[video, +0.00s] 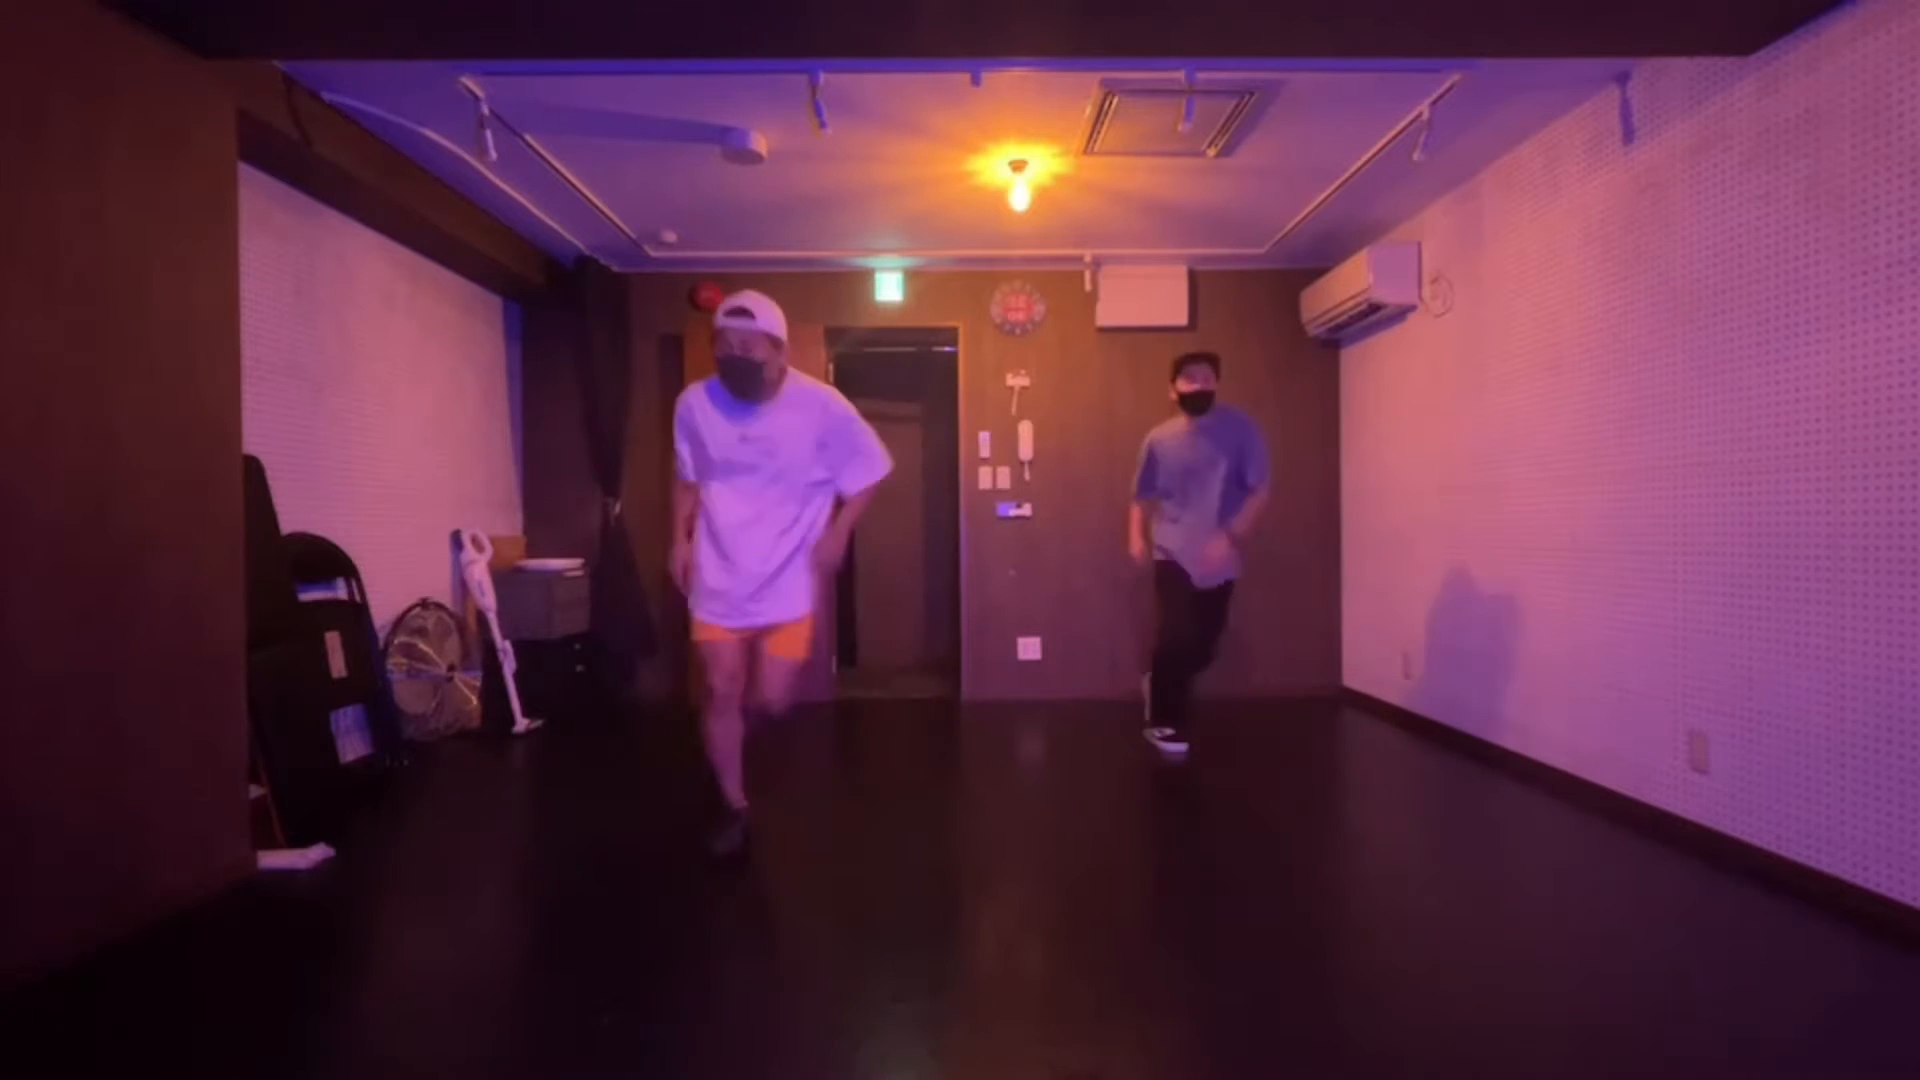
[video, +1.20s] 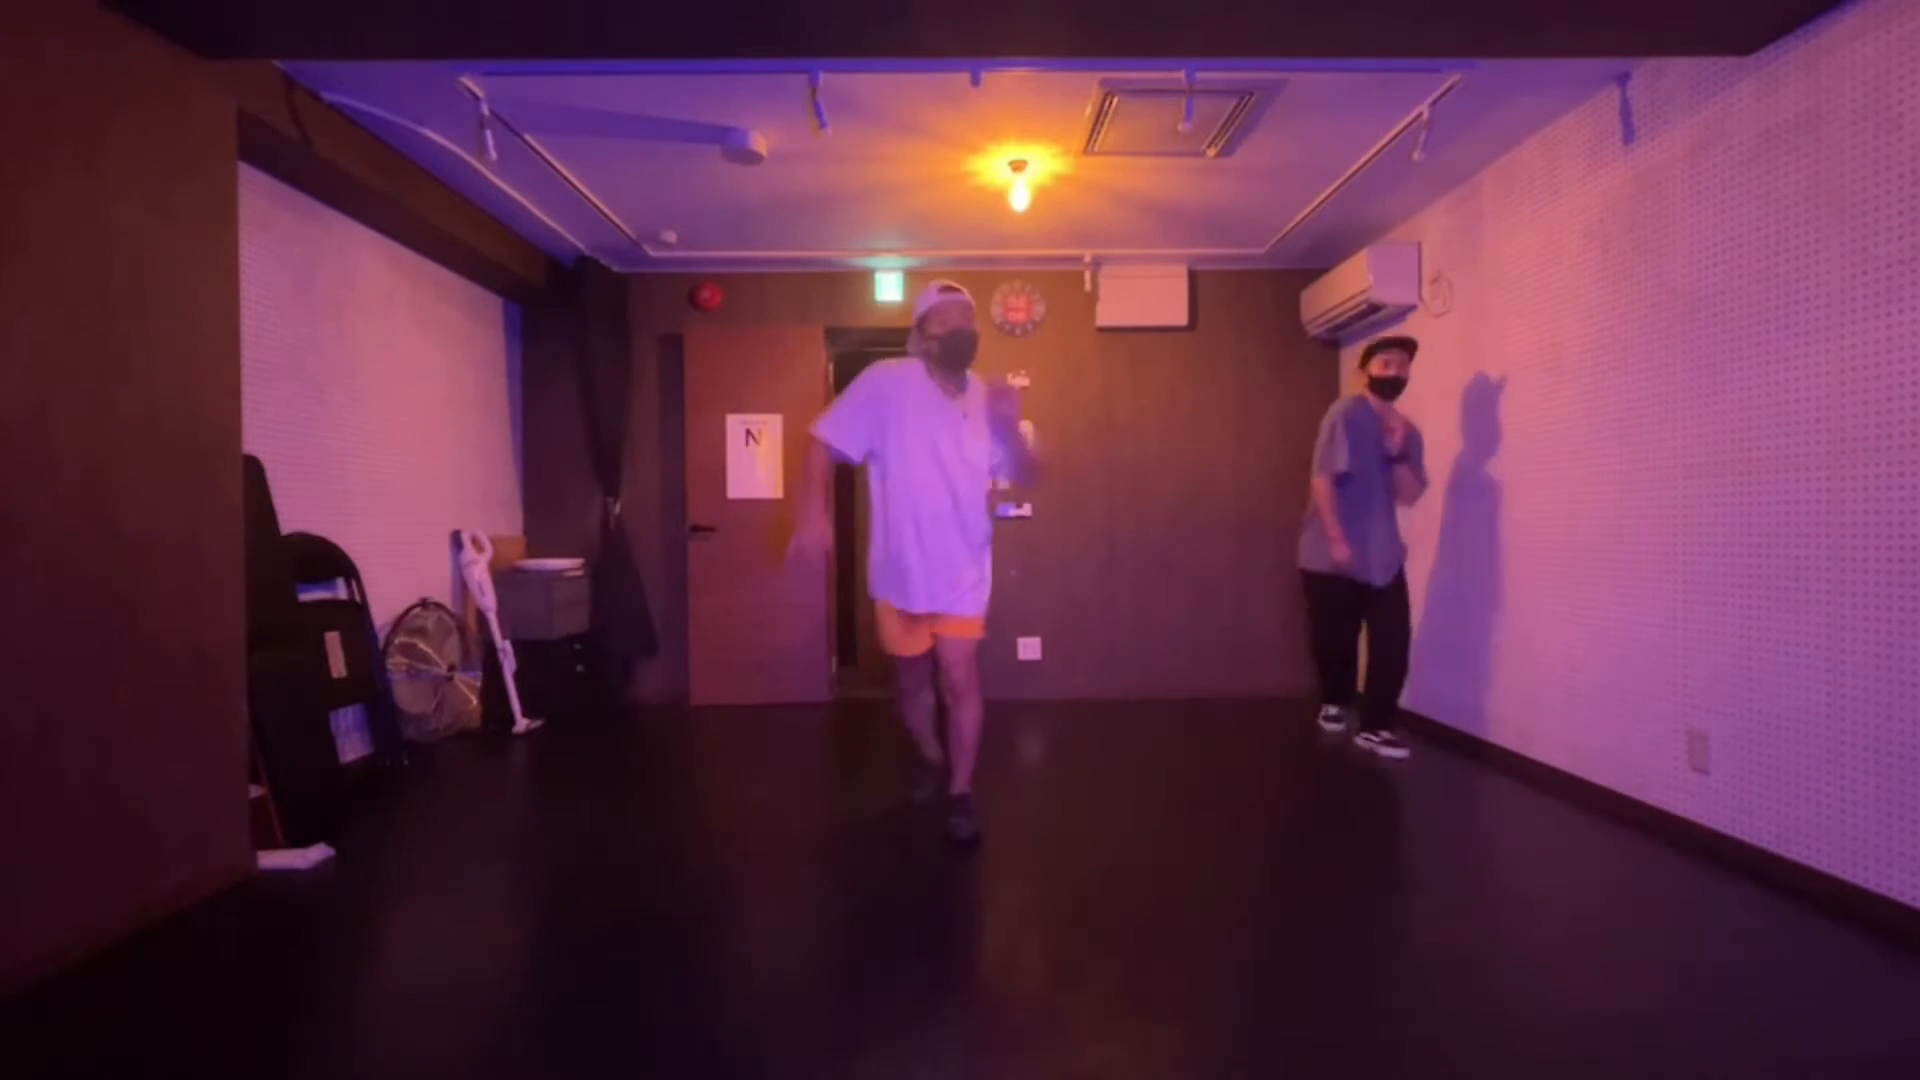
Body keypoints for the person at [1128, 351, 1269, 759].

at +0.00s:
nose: (1197, 387)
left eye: (1205, 379)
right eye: (1188, 379)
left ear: (1217, 385)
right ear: (1174, 387)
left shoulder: (1237, 429)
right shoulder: (1159, 438)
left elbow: (1259, 487)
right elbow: (1141, 494)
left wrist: (1234, 532)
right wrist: (1137, 537)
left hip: (1217, 551)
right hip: (1171, 549)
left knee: (1204, 646)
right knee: (1176, 637)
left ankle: (1158, 681)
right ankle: (1167, 724)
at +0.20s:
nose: (1222, 382)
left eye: (1229, 374)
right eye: (1213, 374)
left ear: (1241, 383)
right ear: (1196, 383)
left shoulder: (1259, 436)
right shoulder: (1173, 439)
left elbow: (1273, 501)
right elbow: (1149, 496)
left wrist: (1267, 557)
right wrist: (1148, 543)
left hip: (1237, 558)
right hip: (1186, 557)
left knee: (1256, 629)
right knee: (1189, 638)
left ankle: (1222, 687)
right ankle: (1159, 721)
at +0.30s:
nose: (1255, 359)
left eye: (1263, 352)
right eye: (1246, 350)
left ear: (1273, 362)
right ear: (1226, 358)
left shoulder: (1285, 413)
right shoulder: (1198, 411)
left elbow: (1302, 472)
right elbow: (1164, 465)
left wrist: (1301, 528)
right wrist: (1164, 514)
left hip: (1262, 550)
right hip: (1207, 550)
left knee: (1301, 618)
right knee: (1192, 635)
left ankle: (1294, 717)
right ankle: (1163, 719)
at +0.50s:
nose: (1302, 364)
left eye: (1312, 358)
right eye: (1296, 354)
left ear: (1325, 362)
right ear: (1278, 354)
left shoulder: (1336, 395)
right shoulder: (1249, 390)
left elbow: (1347, 452)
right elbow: (1206, 431)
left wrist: (1348, 506)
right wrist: (1210, 472)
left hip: (1318, 543)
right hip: (1261, 541)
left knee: (1333, 639)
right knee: (1234, 632)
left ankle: (1331, 727)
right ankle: (1205, 716)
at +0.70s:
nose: (1346, 363)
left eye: (1354, 356)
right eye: (1339, 353)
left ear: (1362, 363)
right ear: (1319, 357)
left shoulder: (1372, 415)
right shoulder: (1286, 402)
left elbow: (1385, 483)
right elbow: (1237, 446)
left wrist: (1377, 543)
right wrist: (1255, 491)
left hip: (1341, 551)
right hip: (1283, 546)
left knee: (1353, 641)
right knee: (1269, 631)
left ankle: (1365, 726)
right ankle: (1262, 718)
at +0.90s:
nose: (1389, 392)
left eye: (1398, 387)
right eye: (1382, 383)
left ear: (1406, 397)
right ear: (1363, 386)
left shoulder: (1400, 451)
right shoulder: (1329, 431)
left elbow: (1410, 509)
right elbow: (1281, 483)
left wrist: (1383, 520)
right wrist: (1299, 538)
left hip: (1362, 570)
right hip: (1314, 565)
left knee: (1369, 647)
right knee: (1315, 638)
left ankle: (1370, 725)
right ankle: (1314, 697)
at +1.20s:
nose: (1392, 372)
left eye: (1401, 365)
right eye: (1384, 363)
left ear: (1408, 374)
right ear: (1365, 369)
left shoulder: (1405, 429)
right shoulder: (1344, 413)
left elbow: (1410, 493)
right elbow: (1322, 479)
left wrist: (1398, 451)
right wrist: (1337, 539)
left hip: (1381, 555)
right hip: (1333, 553)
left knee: (1391, 643)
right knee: (1335, 638)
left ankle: (1376, 724)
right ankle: (1334, 705)